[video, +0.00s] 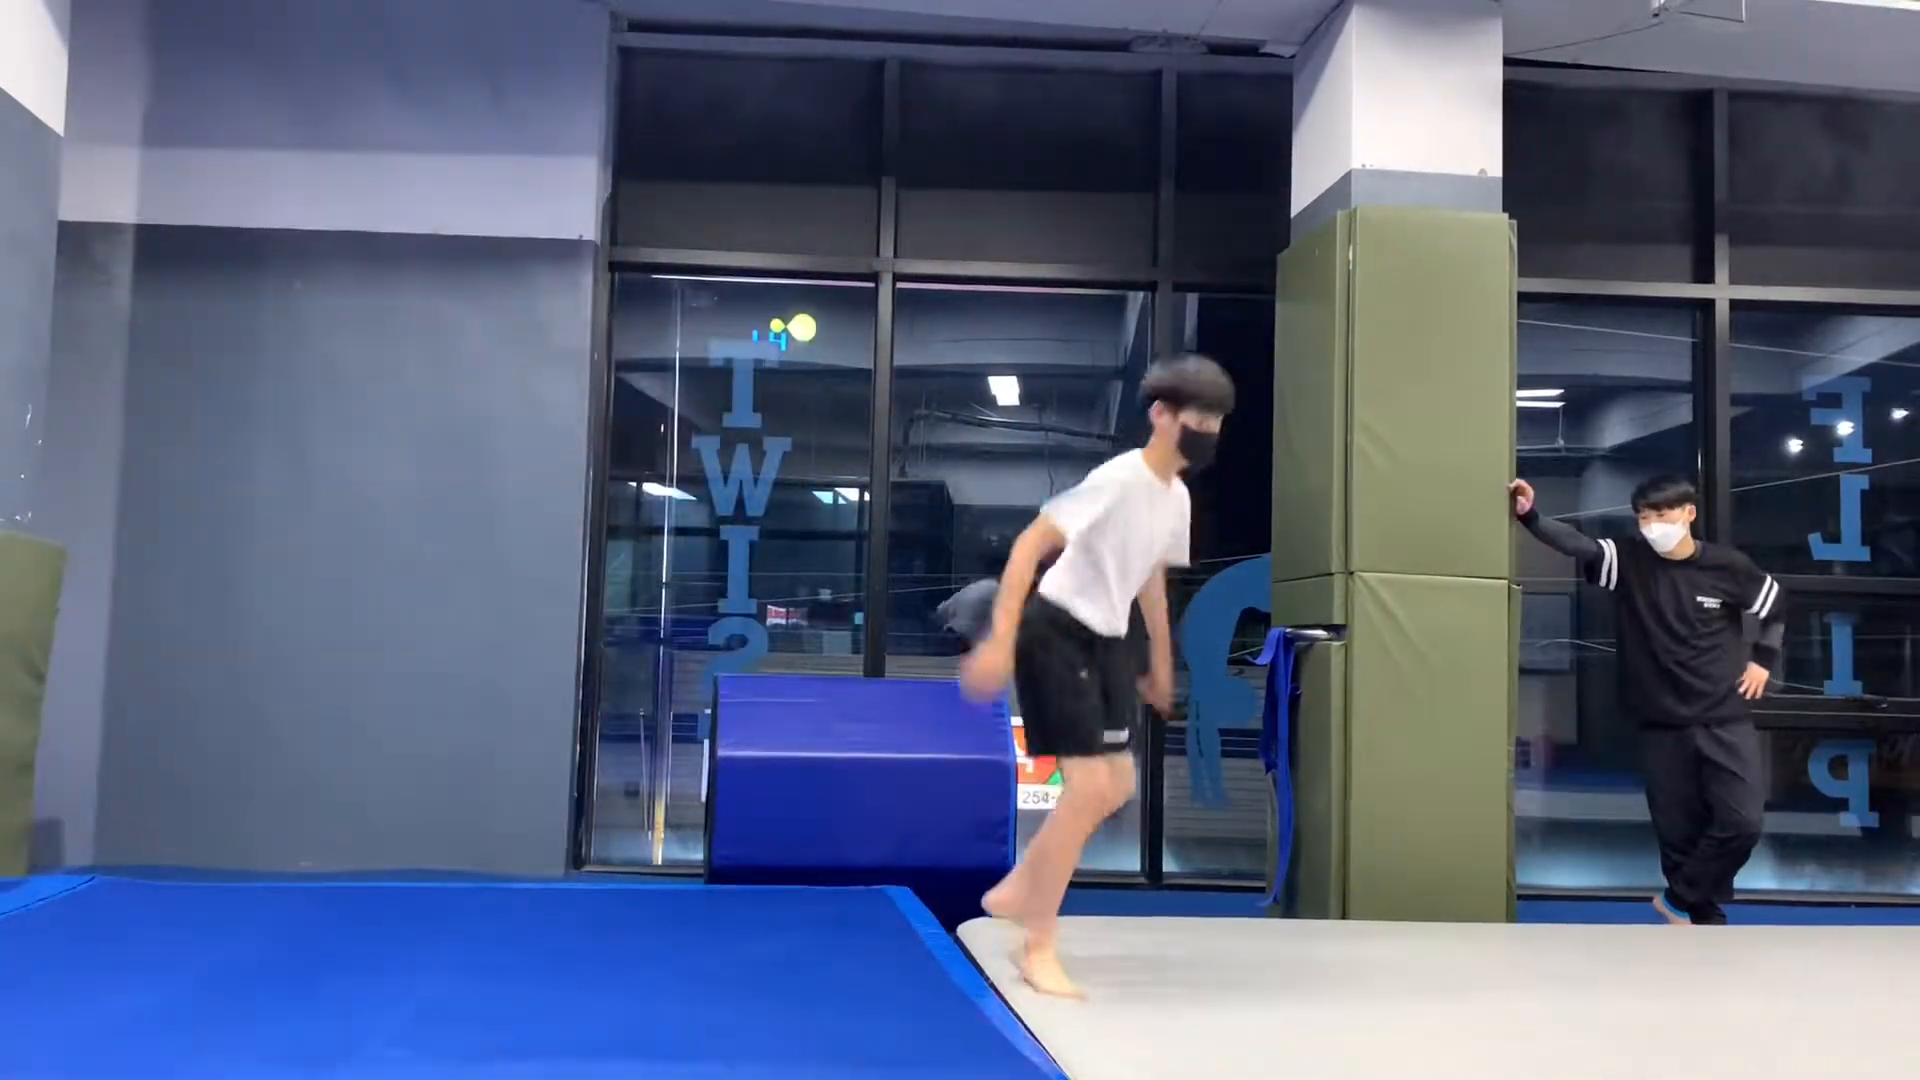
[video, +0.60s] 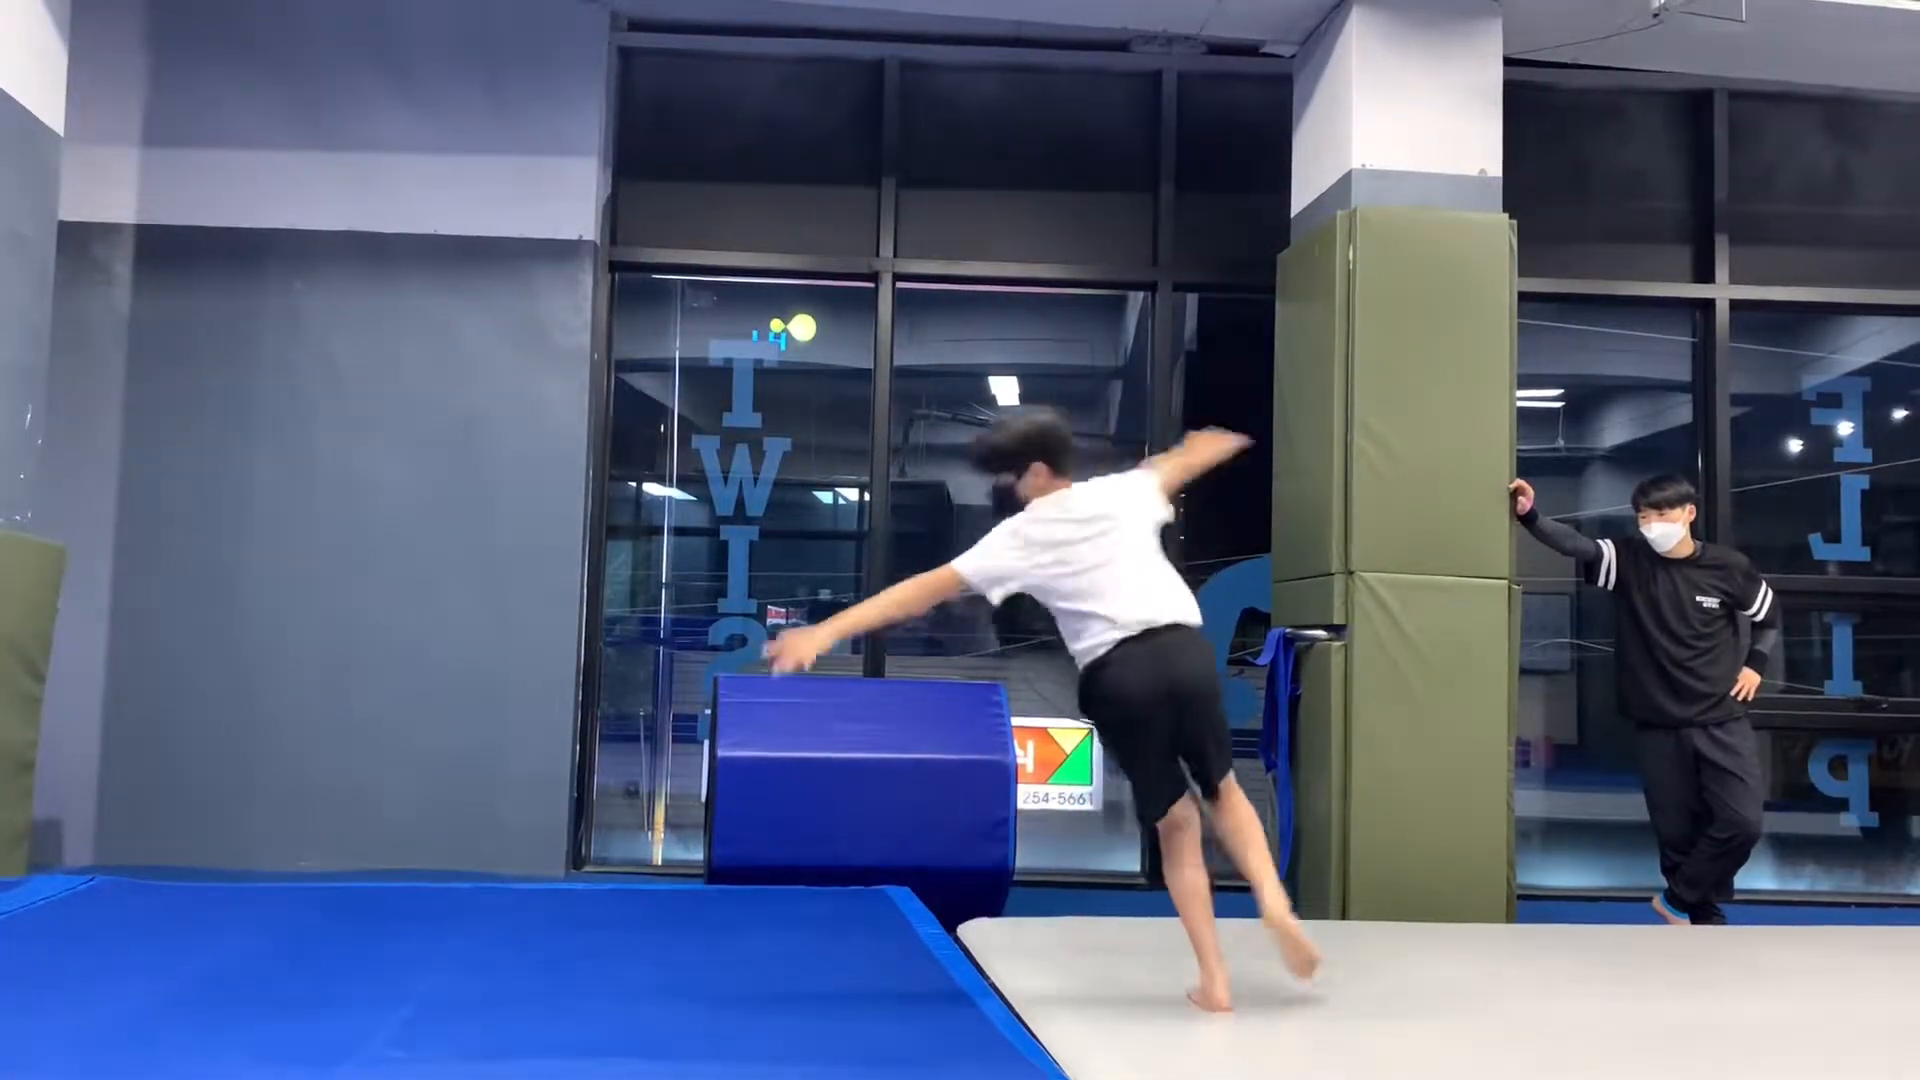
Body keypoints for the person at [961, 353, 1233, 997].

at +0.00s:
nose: (1209, 434)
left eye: (1215, 424)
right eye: (1200, 421)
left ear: (1210, 428)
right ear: (1161, 414)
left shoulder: (1175, 498)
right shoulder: (1119, 480)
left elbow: (1151, 579)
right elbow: (1029, 545)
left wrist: (1160, 659)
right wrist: (999, 642)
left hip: (1105, 638)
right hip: (1055, 629)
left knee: (1117, 784)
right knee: (1087, 785)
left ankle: (1016, 891)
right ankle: (1039, 948)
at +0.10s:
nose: (1226, 400)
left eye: (1228, 389)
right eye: (1222, 387)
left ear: (1185, 386)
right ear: (1191, 383)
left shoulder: (1154, 445)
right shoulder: (1154, 437)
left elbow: (1066, 494)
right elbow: (1055, 478)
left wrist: (1091, 559)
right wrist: (993, 546)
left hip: (1101, 601)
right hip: (1083, 595)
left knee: (1145, 757)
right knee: (1101, 756)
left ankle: (1127, 909)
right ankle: (990, 887)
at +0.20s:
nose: (1216, 406)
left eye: (1216, 395)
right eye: (1216, 395)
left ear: (1160, 389)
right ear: (1203, 396)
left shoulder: (1130, 434)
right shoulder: (1166, 438)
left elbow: (1056, 442)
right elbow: (1092, 458)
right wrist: (1048, 497)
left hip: (1114, 608)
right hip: (1133, 608)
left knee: (1172, 782)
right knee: (1083, 753)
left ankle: (1218, 943)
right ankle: (958, 855)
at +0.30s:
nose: (1201, 431)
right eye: (1200, 424)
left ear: (1133, 429)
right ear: (1198, 426)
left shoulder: (1103, 473)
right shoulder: (1189, 466)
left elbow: (1011, 468)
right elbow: (1178, 501)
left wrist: (932, 442)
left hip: (1106, 635)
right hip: (1155, 635)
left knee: (1176, 815)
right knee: (1117, 783)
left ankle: (1210, 977)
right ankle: (1006, 854)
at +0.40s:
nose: (1110, 455)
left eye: (1111, 447)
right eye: (1127, 445)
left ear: (1115, 448)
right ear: (1172, 447)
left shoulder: (1087, 495)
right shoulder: (1201, 495)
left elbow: (990, 517)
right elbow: (1287, 517)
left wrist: (896, 522)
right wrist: (1380, 534)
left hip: (1091, 663)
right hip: (1152, 661)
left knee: (1173, 827)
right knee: (1192, 828)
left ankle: (1208, 976)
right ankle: (1120, 894)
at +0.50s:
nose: (1063, 471)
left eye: (1063, 460)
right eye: (1065, 461)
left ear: (1080, 457)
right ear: (1124, 453)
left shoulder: (1057, 511)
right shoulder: (1184, 498)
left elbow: (961, 552)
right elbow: (1276, 506)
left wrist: (856, 576)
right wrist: (1361, 508)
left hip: (1095, 669)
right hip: (1166, 663)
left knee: (1169, 825)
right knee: (1221, 818)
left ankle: (1211, 972)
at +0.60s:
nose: (1010, 491)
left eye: (1010, 480)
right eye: (1011, 479)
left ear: (1030, 472)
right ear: (1063, 464)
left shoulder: (1019, 534)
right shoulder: (1127, 490)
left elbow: (923, 591)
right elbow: (1184, 461)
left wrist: (822, 633)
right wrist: (1216, 442)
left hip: (1116, 674)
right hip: (1187, 653)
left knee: (1176, 822)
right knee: (1224, 787)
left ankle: (1213, 978)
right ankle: (1274, 901)